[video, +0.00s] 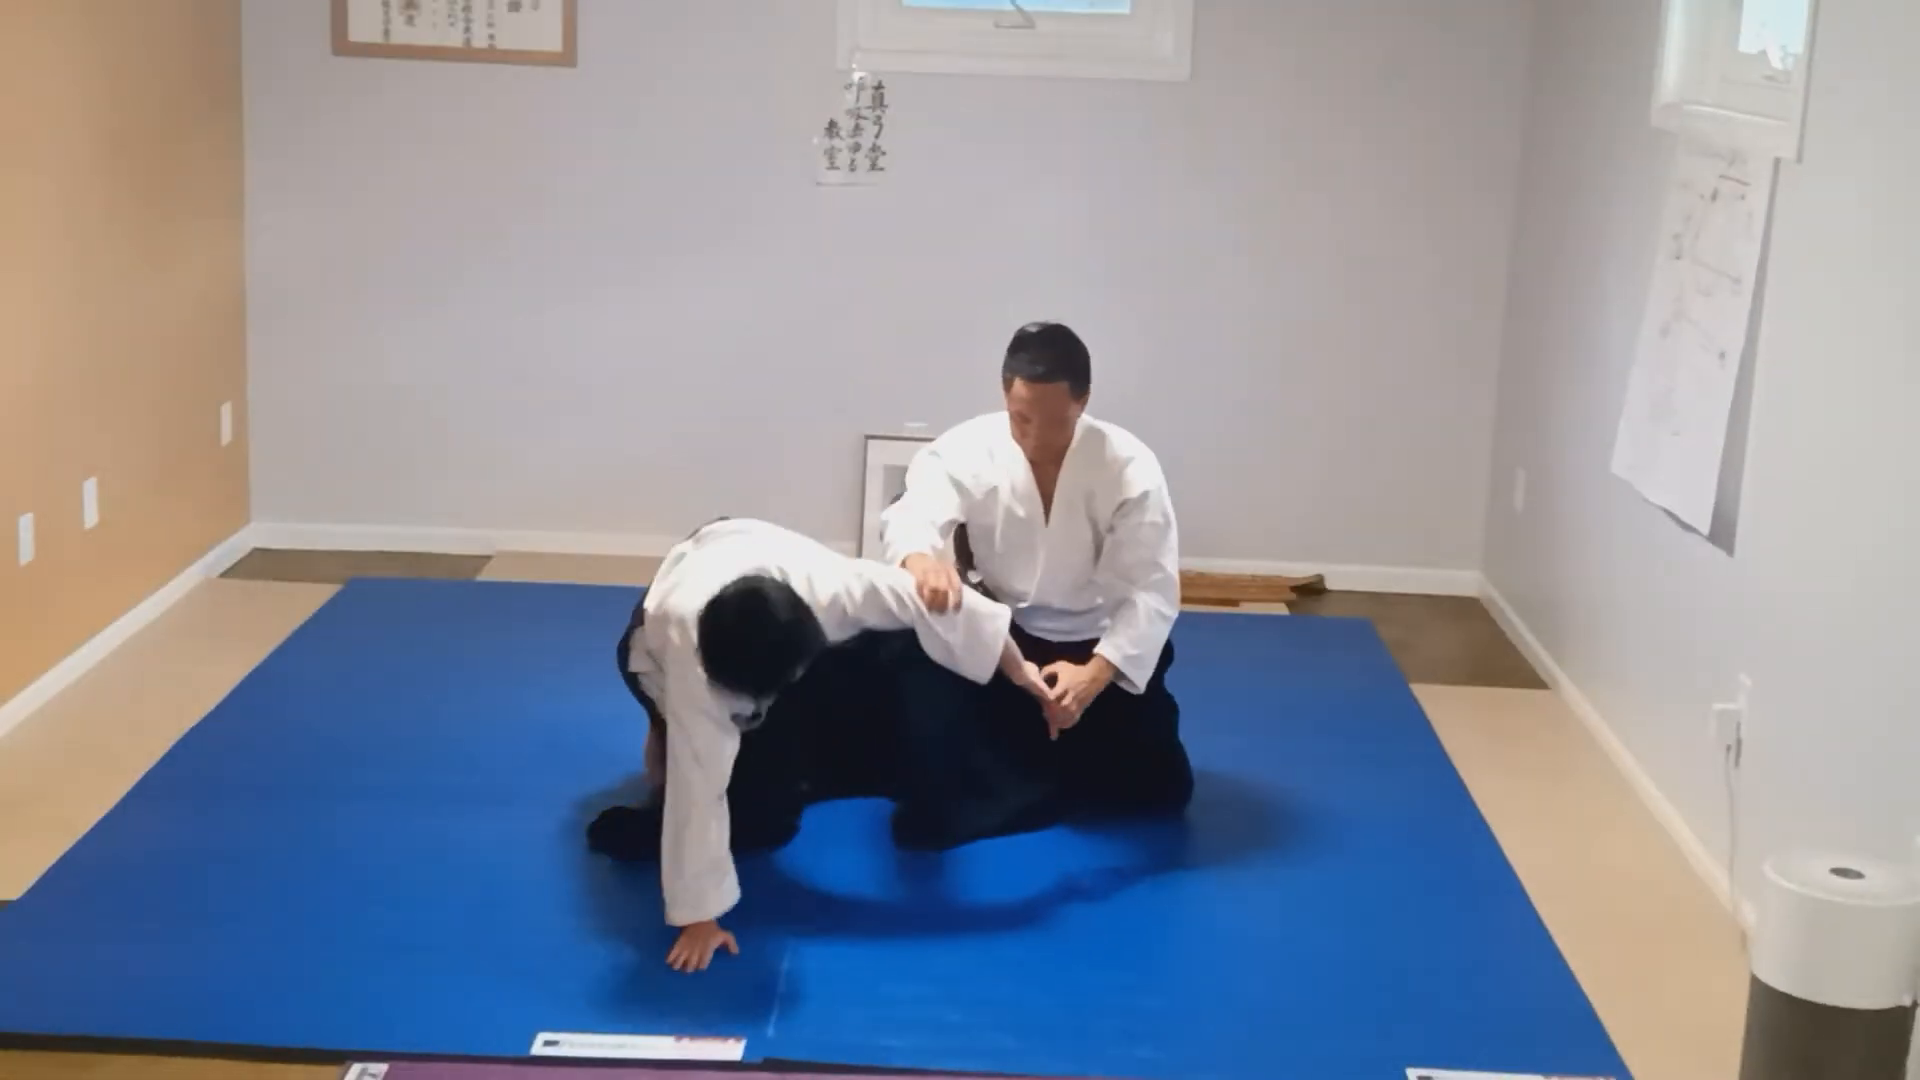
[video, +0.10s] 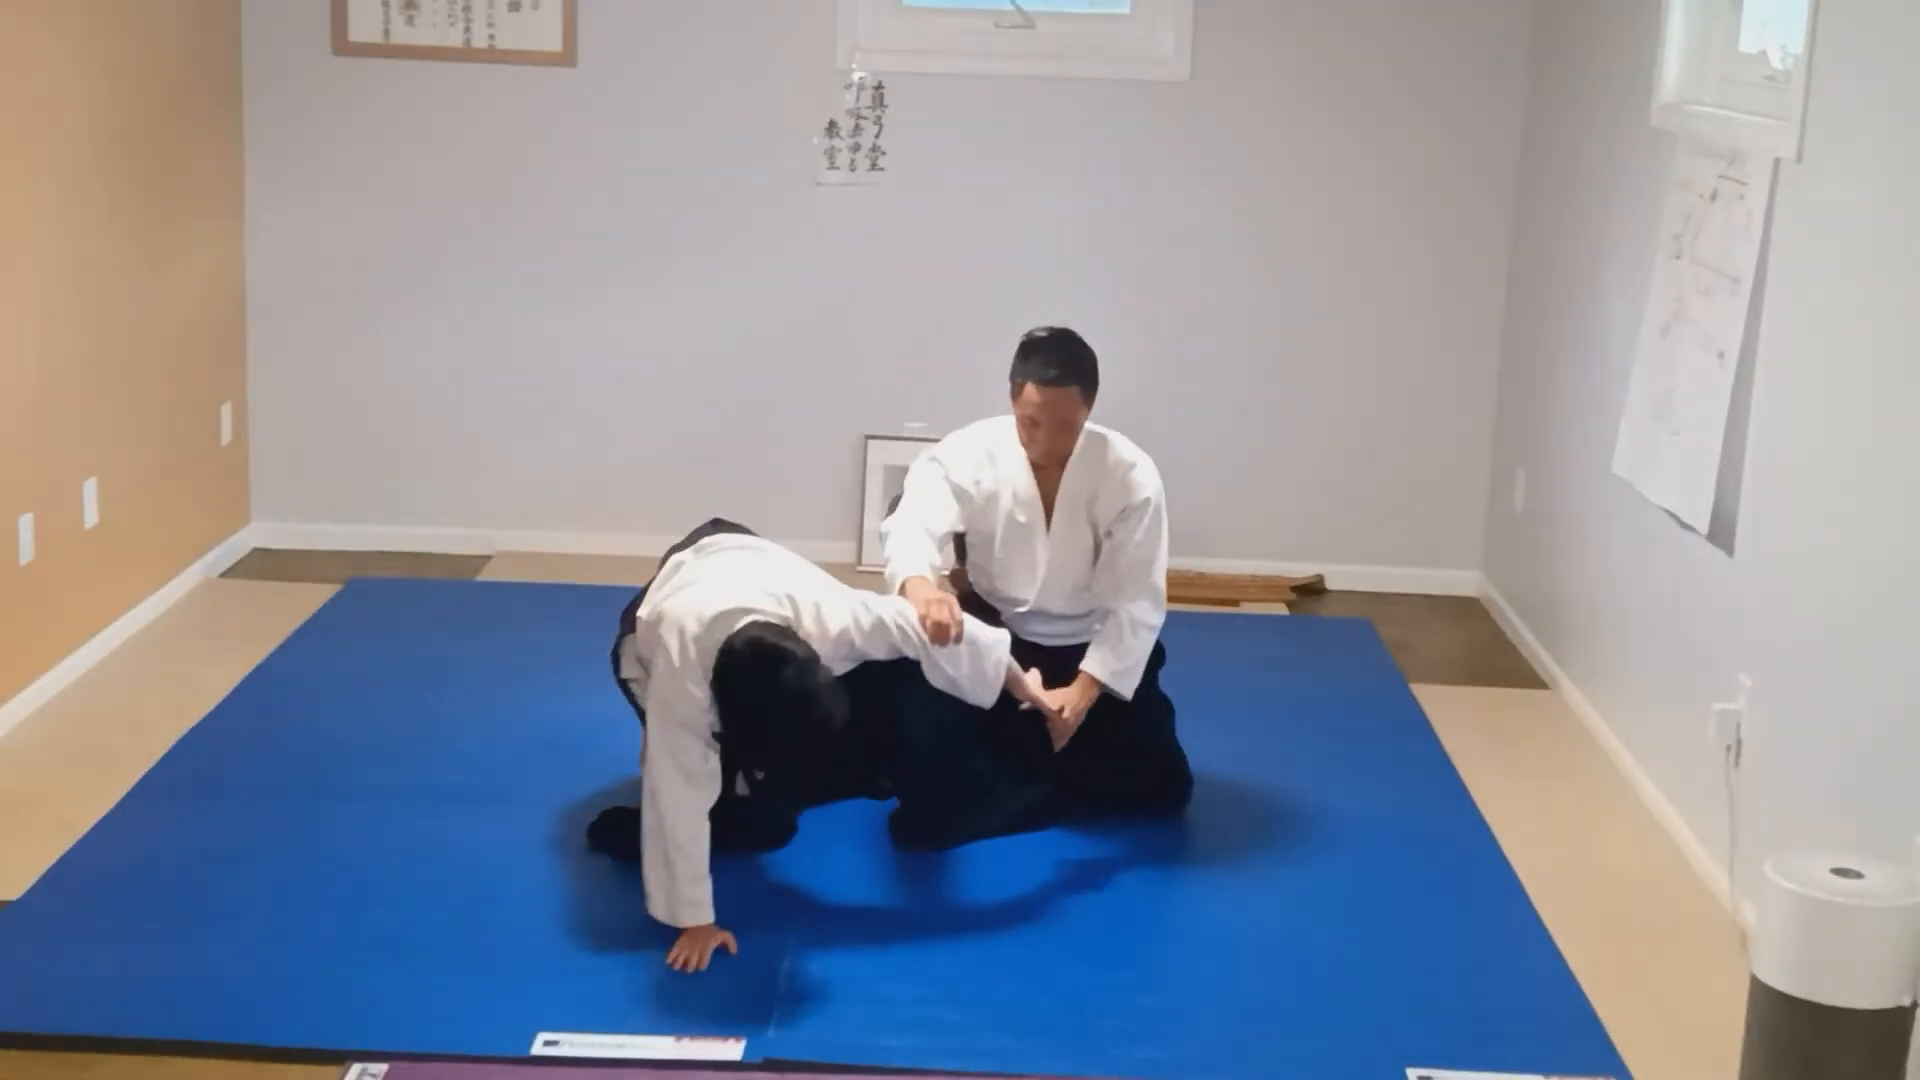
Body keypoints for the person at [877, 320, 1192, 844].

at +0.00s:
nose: (1031, 435)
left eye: (1048, 421)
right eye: (1019, 418)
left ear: (1080, 404)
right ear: (1005, 397)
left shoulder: (1128, 468)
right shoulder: (964, 452)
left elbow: (1152, 592)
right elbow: (914, 517)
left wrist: (1095, 675)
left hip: (1099, 648)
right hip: (996, 643)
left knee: (1158, 784)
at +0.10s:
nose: (1035, 435)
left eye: (1052, 422)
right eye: (1026, 419)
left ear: (1085, 409)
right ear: (1013, 399)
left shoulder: (1129, 478)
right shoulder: (964, 458)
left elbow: (1137, 603)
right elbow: (911, 530)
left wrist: (1084, 688)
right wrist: (921, 585)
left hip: (1096, 651)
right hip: (989, 645)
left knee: (1159, 785)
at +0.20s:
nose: (1049, 443)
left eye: (1066, 426)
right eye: (1036, 424)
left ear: (1090, 412)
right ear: (1014, 402)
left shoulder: (1125, 483)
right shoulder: (960, 462)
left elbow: (1119, 609)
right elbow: (905, 538)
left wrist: (1061, 692)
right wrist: (916, 601)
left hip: (1088, 651)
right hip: (980, 645)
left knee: (1158, 786)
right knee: (934, 802)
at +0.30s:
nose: (1048, 446)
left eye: (1065, 431)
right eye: (1035, 429)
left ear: (1088, 417)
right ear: (1012, 406)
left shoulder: (1120, 488)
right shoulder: (957, 466)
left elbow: (1109, 610)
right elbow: (902, 540)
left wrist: (1050, 685)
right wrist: (910, 599)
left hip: (1079, 655)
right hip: (970, 649)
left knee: (1155, 783)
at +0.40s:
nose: (1046, 453)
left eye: (1064, 436)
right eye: (1032, 434)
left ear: (1084, 422)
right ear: (1006, 409)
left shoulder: (1115, 490)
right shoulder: (955, 469)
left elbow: (1107, 612)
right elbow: (893, 543)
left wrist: (1046, 676)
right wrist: (903, 593)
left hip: (1070, 666)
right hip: (960, 662)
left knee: (1157, 784)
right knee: (929, 796)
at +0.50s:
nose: (1037, 457)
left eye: (1055, 440)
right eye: (1023, 438)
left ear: (1075, 426)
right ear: (997, 413)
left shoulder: (1107, 495)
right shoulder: (945, 476)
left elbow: (1099, 611)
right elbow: (883, 544)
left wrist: (1031, 666)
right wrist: (887, 587)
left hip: (1064, 678)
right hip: (948, 678)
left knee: (1155, 787)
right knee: (921, 809)